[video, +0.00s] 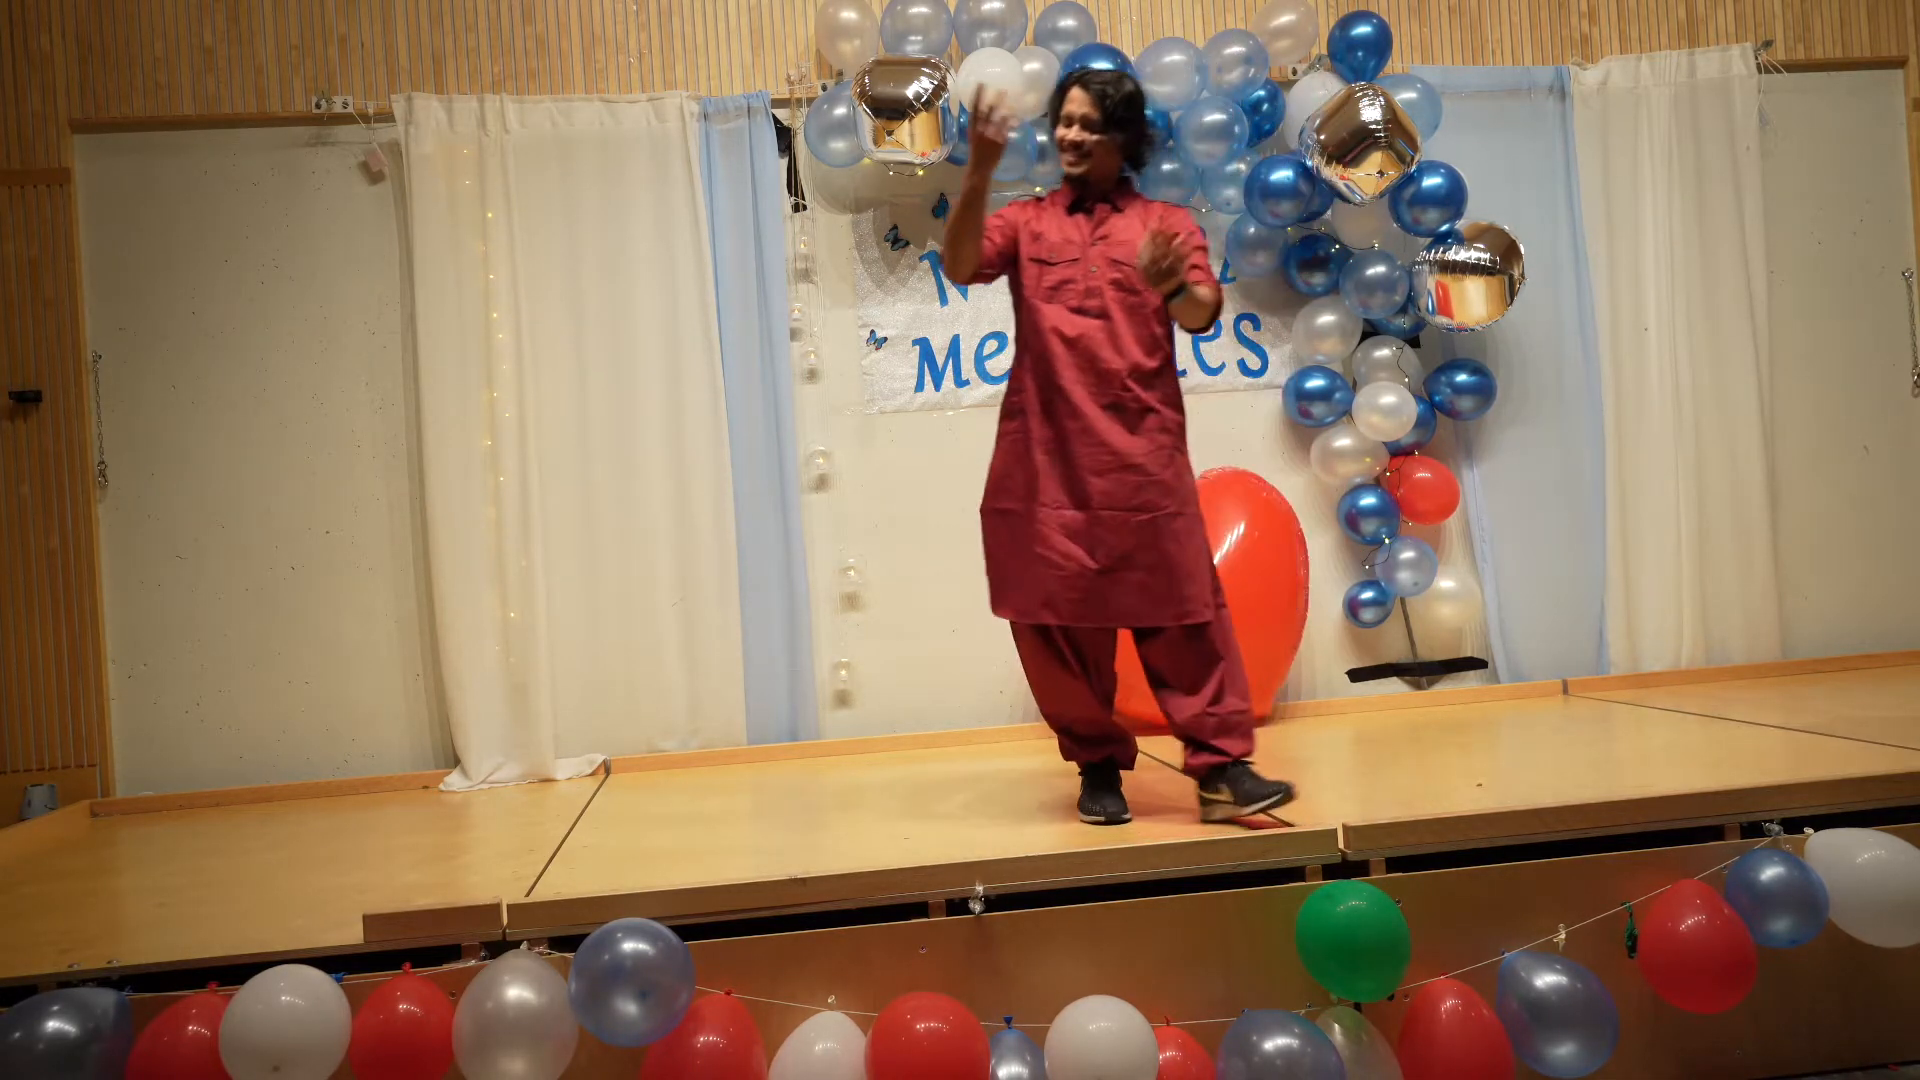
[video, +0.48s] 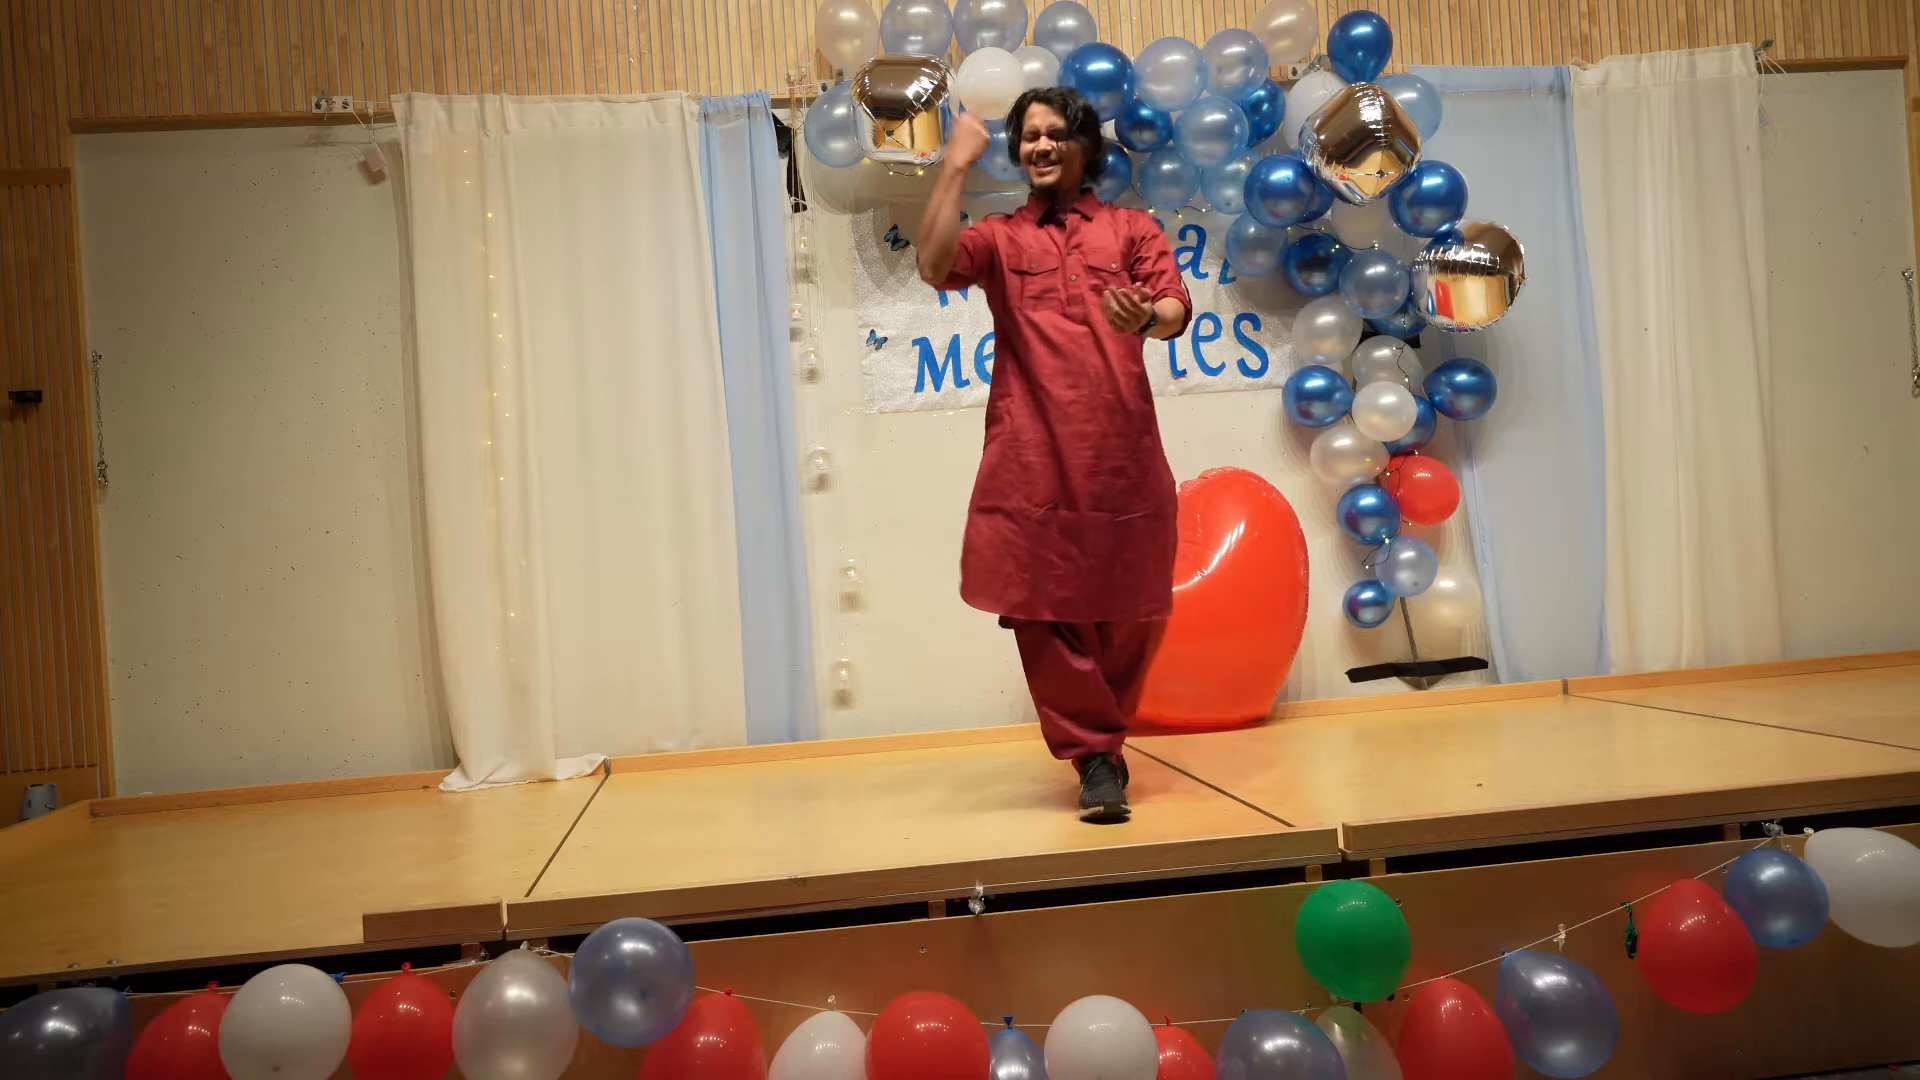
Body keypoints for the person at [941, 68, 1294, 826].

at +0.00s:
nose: (1073, 136)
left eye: (1089, 125)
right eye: (1065, 123)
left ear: (1126, 138)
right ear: (1053, 133)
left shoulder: (1166, 224)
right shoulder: (1028, 220)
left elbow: (1203, 315)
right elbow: (961, 264)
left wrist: (1169, 289)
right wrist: (980, 167)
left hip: (1145, 449)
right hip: (1048, 453)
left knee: (1187, 604)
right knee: (1059, 615)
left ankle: (1224, 767)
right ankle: (1098, 768)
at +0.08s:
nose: (1062, 136)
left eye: (1079, 125)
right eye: (1054, 123)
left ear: (1116, 138)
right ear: (1043, 132)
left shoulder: (1158, 221)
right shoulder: (1020, 220)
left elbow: (1195, 315)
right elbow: (952, 257)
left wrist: (1153, 301)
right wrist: (966, 163)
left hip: (1139, 449)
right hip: (1043, 452)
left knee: (1177, 603)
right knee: (1057, 613)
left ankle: (1203, 767)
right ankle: (1096, 768)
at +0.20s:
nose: (1049, 138)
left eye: (1065, 127)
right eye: (1040, 126)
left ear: (1103, 138)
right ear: (1030, 136)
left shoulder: (1146, 220)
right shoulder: (1010, 221)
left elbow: (1186, 302)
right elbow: (940, 250)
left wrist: (1152, 313)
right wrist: (950, 153)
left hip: (1134, 451)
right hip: (1041, 451)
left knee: (1161, 603)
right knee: (1056, 612)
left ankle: (1157, 752)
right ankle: (1096, 763)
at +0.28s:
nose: (1044, 140)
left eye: (1060, 128)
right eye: (1034, 129)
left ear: (1096, 139)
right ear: (1024, 141)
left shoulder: (1141, 221)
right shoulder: (1006, 225)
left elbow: (1179, 306)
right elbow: (936, 248)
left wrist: (1143, 318)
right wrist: (947, 153)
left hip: (1128, 451)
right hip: (1036, 452)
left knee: (1148, 606)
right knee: (1052, 613)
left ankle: (1135, 732)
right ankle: (1093, 758)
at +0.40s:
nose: (1040, 143)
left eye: (1055, 132)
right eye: (1030, 133)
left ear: (1090, 142)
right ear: (1018, 147)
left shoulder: (1136, 226)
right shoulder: (1001, 231)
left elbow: (1176, 308)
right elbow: (933, 253)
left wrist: (1144, 317)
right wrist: (950, 155)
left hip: (1124, 454)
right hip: (1033, 455)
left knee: (1138, 609)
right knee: (1050, 615)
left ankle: (1100, 727)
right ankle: (1095, 758)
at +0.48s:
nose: (1041, 146)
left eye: (1056, 135)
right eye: (1029, 137)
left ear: (1088, 146)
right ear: (1017, 151)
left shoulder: (1132, 230)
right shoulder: (1001, 236)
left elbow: (1177, 309)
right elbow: (935, 260)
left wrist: (1148, 315)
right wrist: (956, 164)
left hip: (1122, 455)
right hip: (1033, 457)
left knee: (1133, 608)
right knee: (1048, 616)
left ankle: (1097, 732)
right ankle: (1095, 759)